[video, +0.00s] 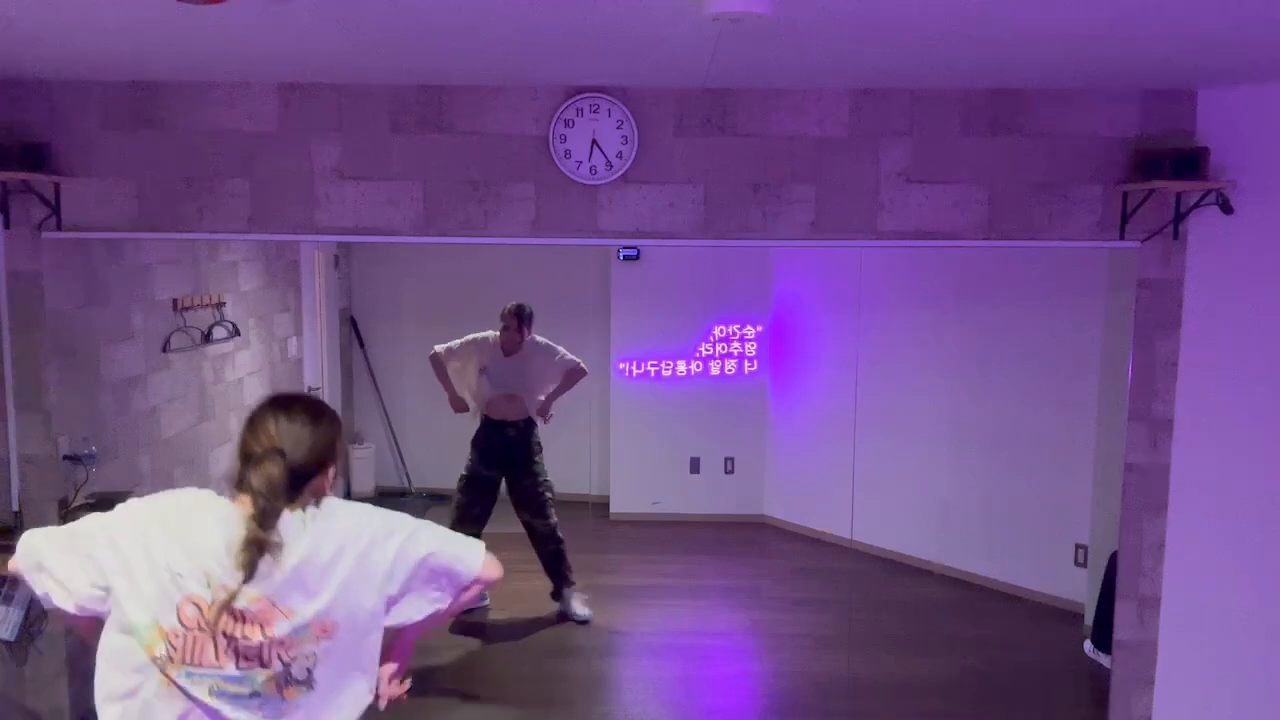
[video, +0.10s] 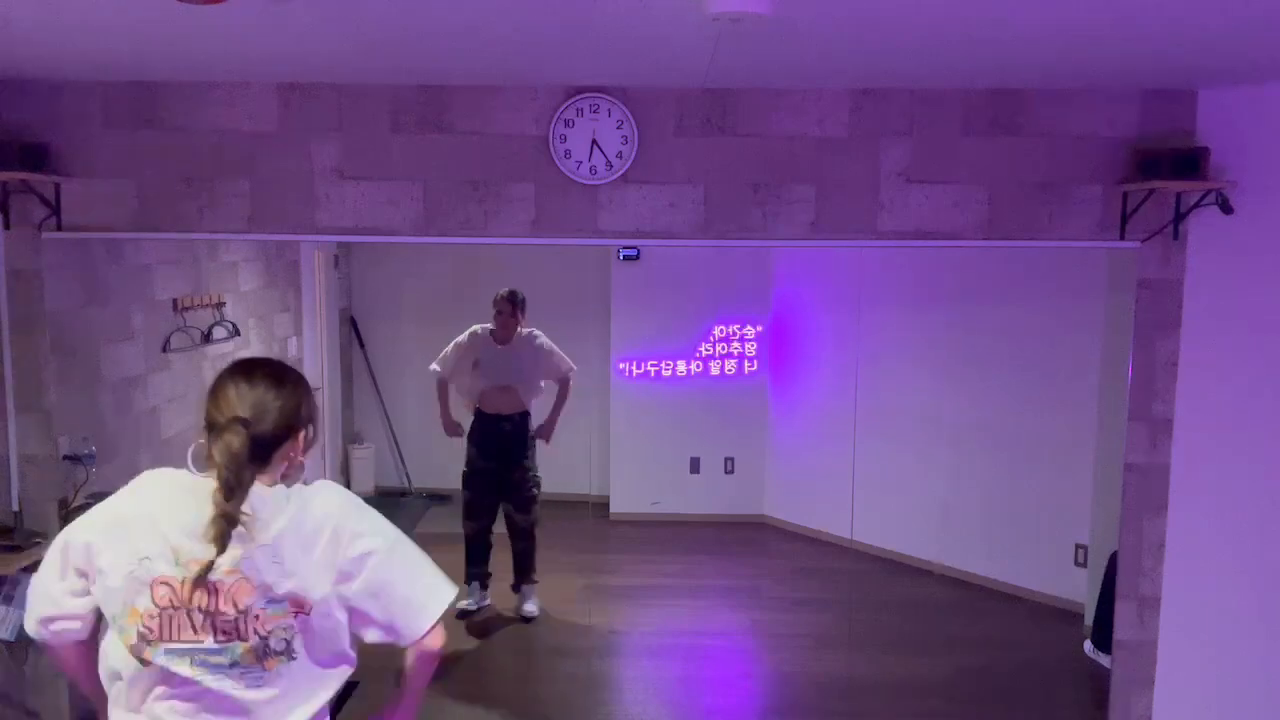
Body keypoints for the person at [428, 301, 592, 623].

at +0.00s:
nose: (506, 334)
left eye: (513, 330)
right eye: (504, 328)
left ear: (527, 332)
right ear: (499, 326)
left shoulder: (539, 348)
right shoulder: (482, 343)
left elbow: (578, 369)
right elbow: (437, 355)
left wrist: (549, 399)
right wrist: (452, 394)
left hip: (524, 438)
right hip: (488, 436)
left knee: (541, 517)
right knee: (467, 516)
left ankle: (566, 592)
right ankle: (468, 588)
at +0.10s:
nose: (499, 320)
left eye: (506, 315)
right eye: (497, 313)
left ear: (520, 318)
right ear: (492, 313)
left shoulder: (534, 342)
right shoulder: (475, 338)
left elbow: (565, 377)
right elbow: (442, 373)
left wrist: (550, 421)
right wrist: (446, 417)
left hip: (519, 431)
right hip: (482, 431)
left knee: (522, 514)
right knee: (476, 515)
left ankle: (526, 590)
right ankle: (476, 589)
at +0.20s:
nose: (497, 319)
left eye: (503, 313)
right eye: (493, 313)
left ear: (515, 316)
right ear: (486, 314)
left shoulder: (531, 350)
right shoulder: (468, 348)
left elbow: (546, 396)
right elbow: (452, 396)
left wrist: (546, 440)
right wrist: (447, 440)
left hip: (516, 435)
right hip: (479, 435)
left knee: (508, 515)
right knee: (476, 513)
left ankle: (500, 591)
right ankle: (475, 590)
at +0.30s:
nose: (492, 322)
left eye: (498, 317)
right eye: (488, 317)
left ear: (511, 320)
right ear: (482, 319)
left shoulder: (529, 357)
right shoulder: (466, 356)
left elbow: (538, 405)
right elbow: (455, 407)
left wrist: (540, 447)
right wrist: (448, 448)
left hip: (513, 438)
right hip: (477, 437)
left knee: (503, 519)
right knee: (471, 517)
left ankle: (498, 591)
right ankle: (474, 590)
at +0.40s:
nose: (490, 338)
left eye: (496, 332)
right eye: (485, 332)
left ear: (507, 336)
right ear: (478, 335)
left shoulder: (528, 372)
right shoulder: (463, 371)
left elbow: (545, 413)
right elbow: (449, 415)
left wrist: (546, 447)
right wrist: (439, 448)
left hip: (511, 449)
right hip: (474, 449)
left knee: (504, 525)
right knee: (462, 526)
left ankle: (499, 592)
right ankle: (474, 592)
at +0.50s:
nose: (488, 356)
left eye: (494, 350)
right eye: (482, 350)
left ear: (505, 353)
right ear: (475, 353)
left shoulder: (525, 386)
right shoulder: (460, 387)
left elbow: (554, 424)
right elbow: (436, 423)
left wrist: (549, 444)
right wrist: (430, 442)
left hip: (508, 462)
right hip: (473, 461)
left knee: (502, 532)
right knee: (457, 536)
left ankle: (498, 594)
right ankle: (474, 593)